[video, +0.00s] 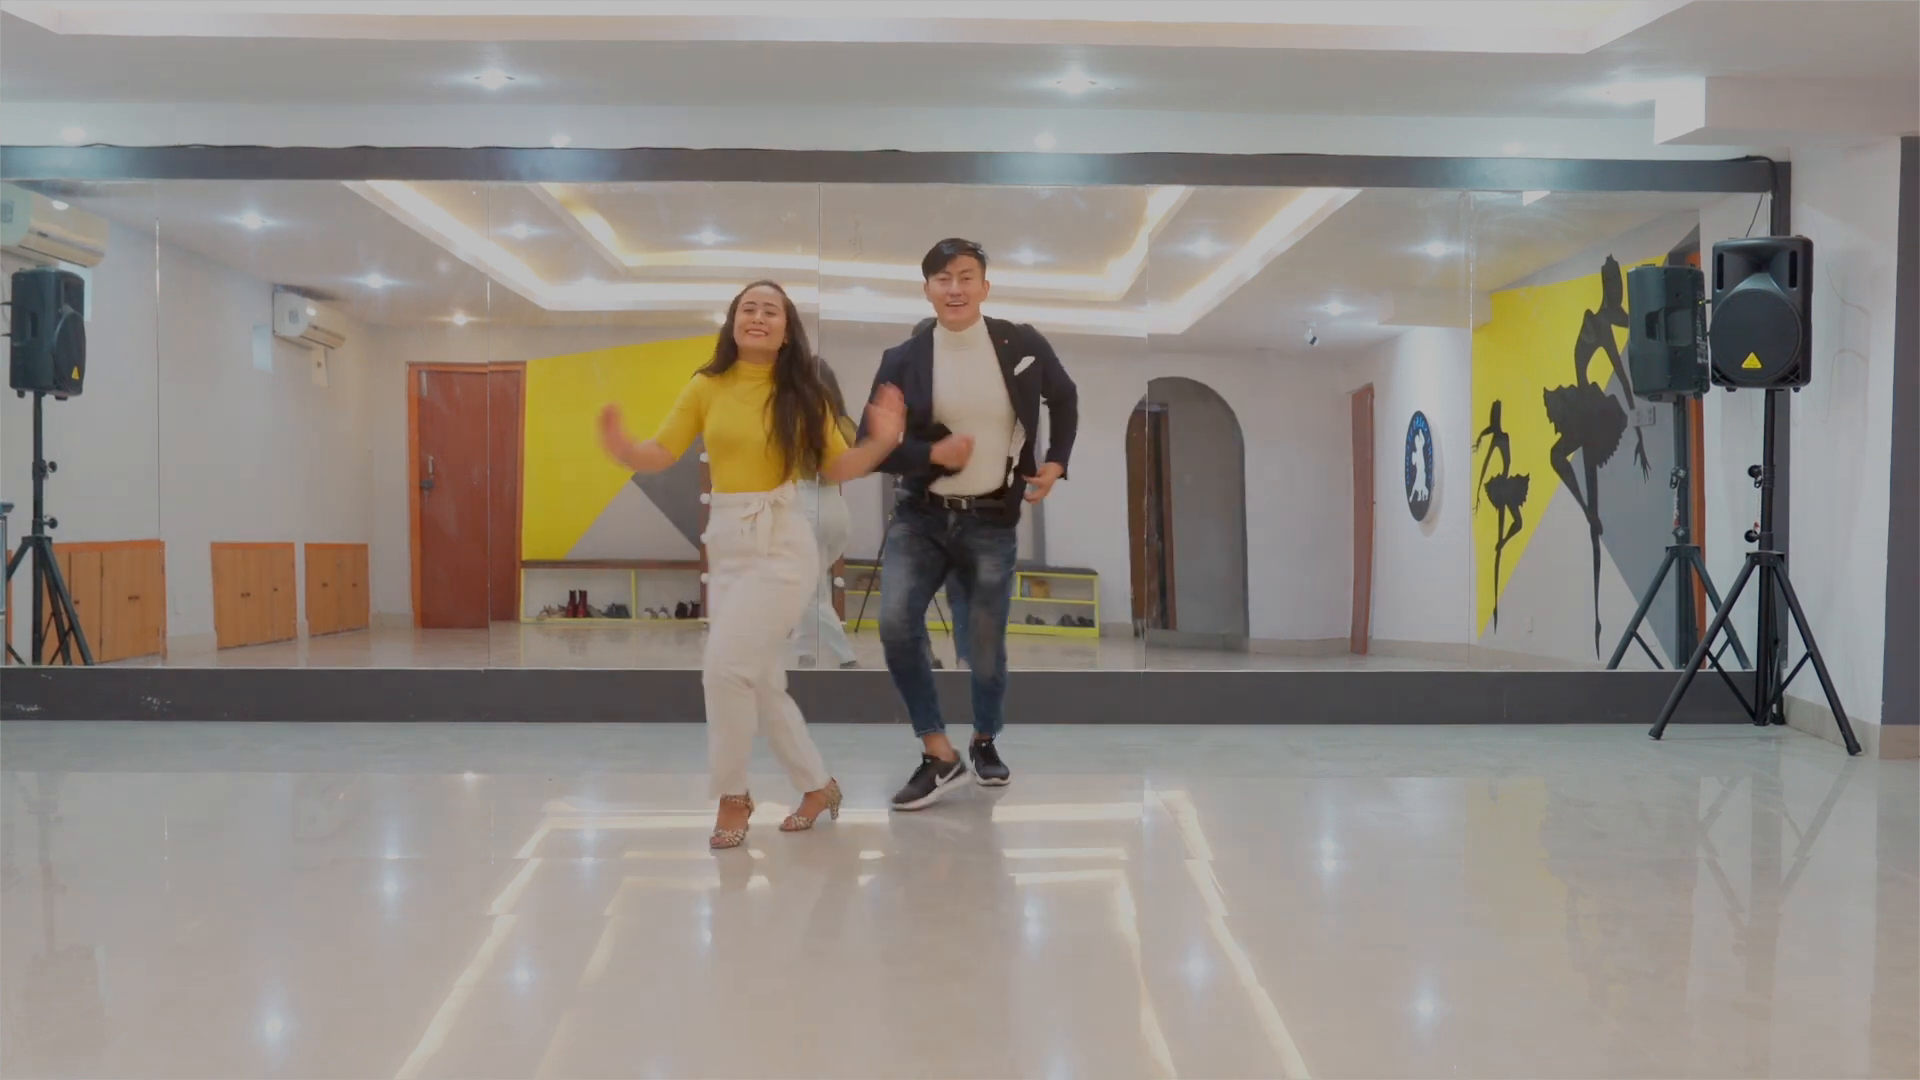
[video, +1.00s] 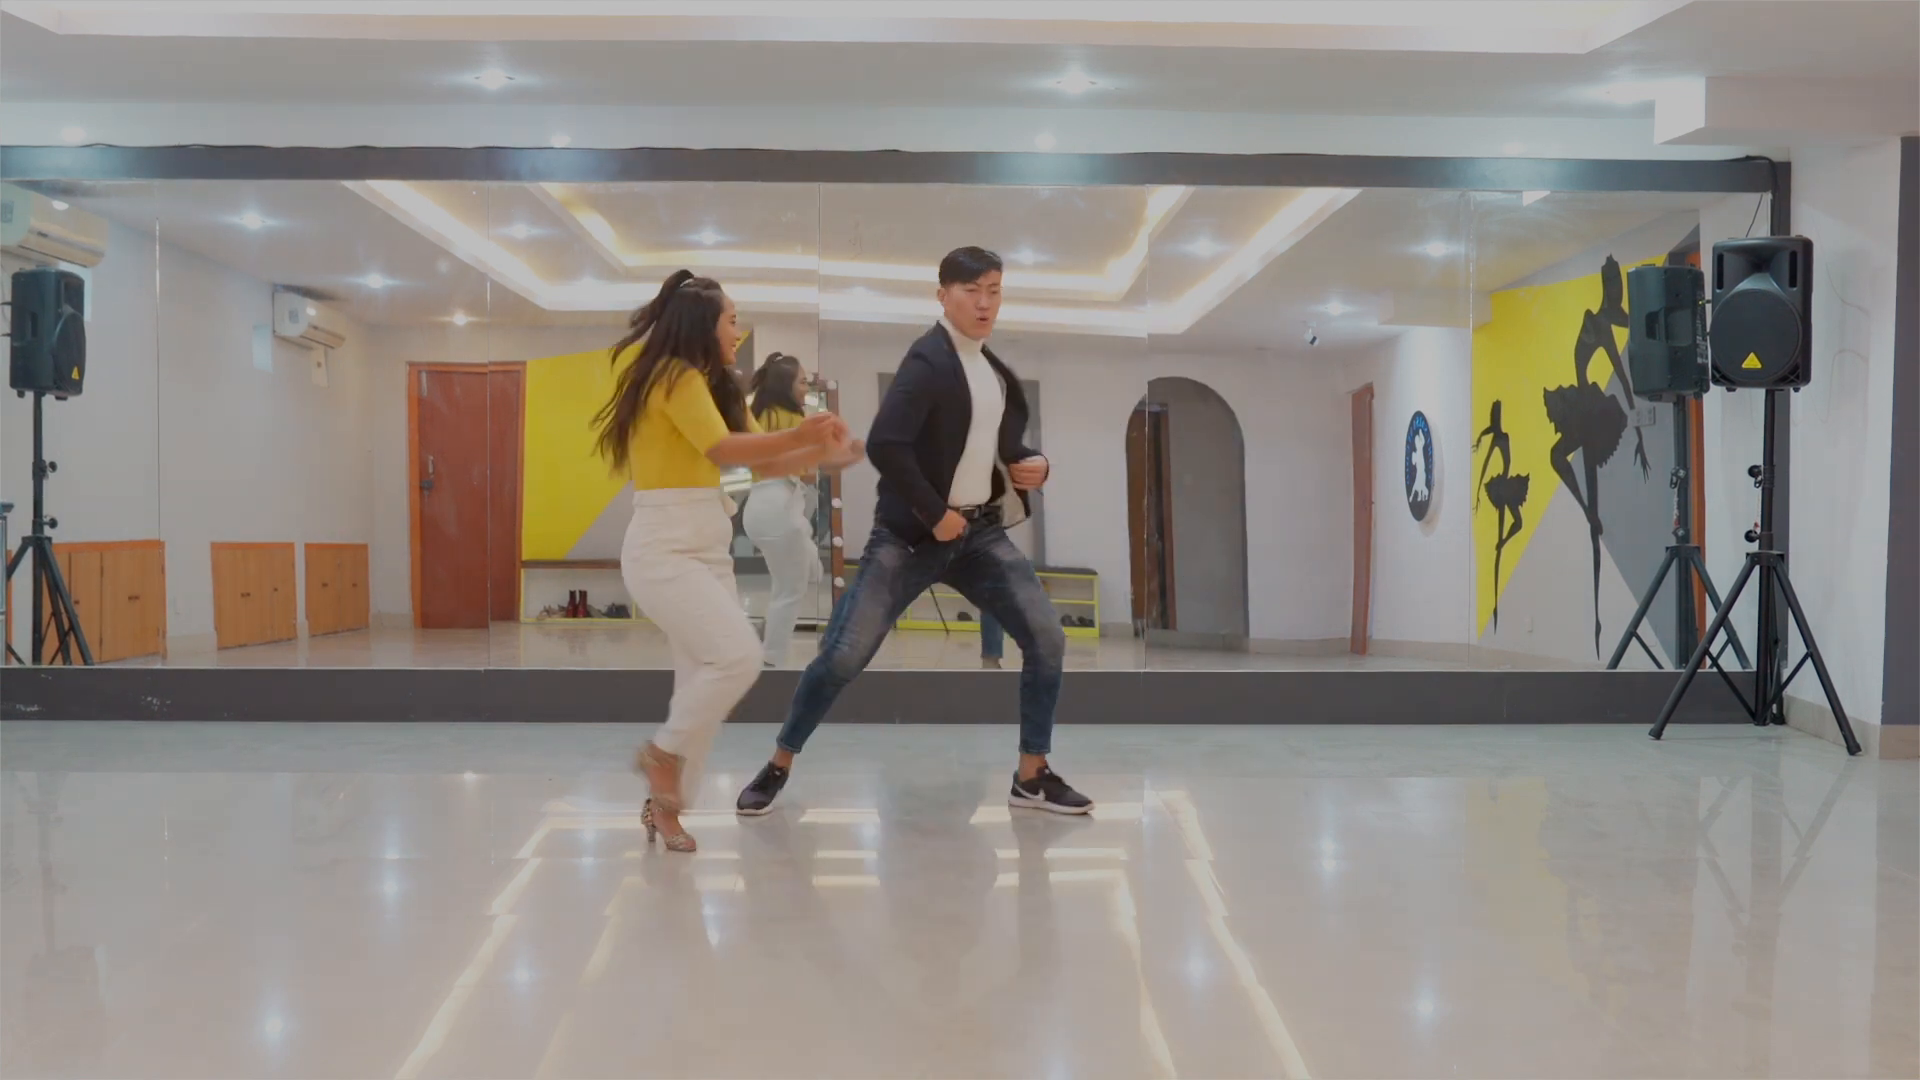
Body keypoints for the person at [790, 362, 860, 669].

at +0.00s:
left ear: (801, 386)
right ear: (833, 386)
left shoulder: (796, 417)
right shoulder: (840, 420)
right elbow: (846, 460)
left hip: (802, 502)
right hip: (834, 500)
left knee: (813, 588)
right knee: (813, 587)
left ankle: (844, 655)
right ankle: (803, 657)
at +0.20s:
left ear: (797, 386)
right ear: (829, 387)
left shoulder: (788, 422)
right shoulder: (833, 425)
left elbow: (777, 465)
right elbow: (836, 466)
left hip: (790, 499)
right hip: (826, 497)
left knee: (793, 583)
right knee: (821, 584)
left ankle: (797, 652)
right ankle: (814, 652)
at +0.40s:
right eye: (815, 379)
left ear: (785, 380)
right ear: (816, 385)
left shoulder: (773, 418)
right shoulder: (820, 425)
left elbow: (758, 468)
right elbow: (837, 468)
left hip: (780, 502)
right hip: (816, 505)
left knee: (781, 585)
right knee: (813, 583)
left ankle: (778, 655)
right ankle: (814, 651)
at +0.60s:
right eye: (810, 378)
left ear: (779, 381)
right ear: (812, 383)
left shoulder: (765, 416)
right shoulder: (816, 422)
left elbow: (751, 463)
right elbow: (830, 461)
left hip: (767, 498)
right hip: (806, 500)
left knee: (776, 586)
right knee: (799, 582)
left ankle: (784, 653)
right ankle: (781, 643)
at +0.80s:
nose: (809, 386)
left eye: (806, 379)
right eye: (805, 381)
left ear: (773, 385)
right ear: (798, 387)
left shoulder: (762, 419)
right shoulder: (805, 424)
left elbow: (754, 457)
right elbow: (832, 457)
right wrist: (831, 420)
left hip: (759, 498)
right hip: (794, 501)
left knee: (763, 587)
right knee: (793, 592)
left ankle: (750, 636)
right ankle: (775, 661)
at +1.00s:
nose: (806, 387)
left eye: (805, 380)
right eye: (801, 381)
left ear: (771, 384)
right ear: (785, 385)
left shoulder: (757, 413)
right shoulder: (789, 418)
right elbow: (804, 468)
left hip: (760, 500)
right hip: (779, 504)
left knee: (811, 572)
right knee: (789, 588)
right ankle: (774, 661)